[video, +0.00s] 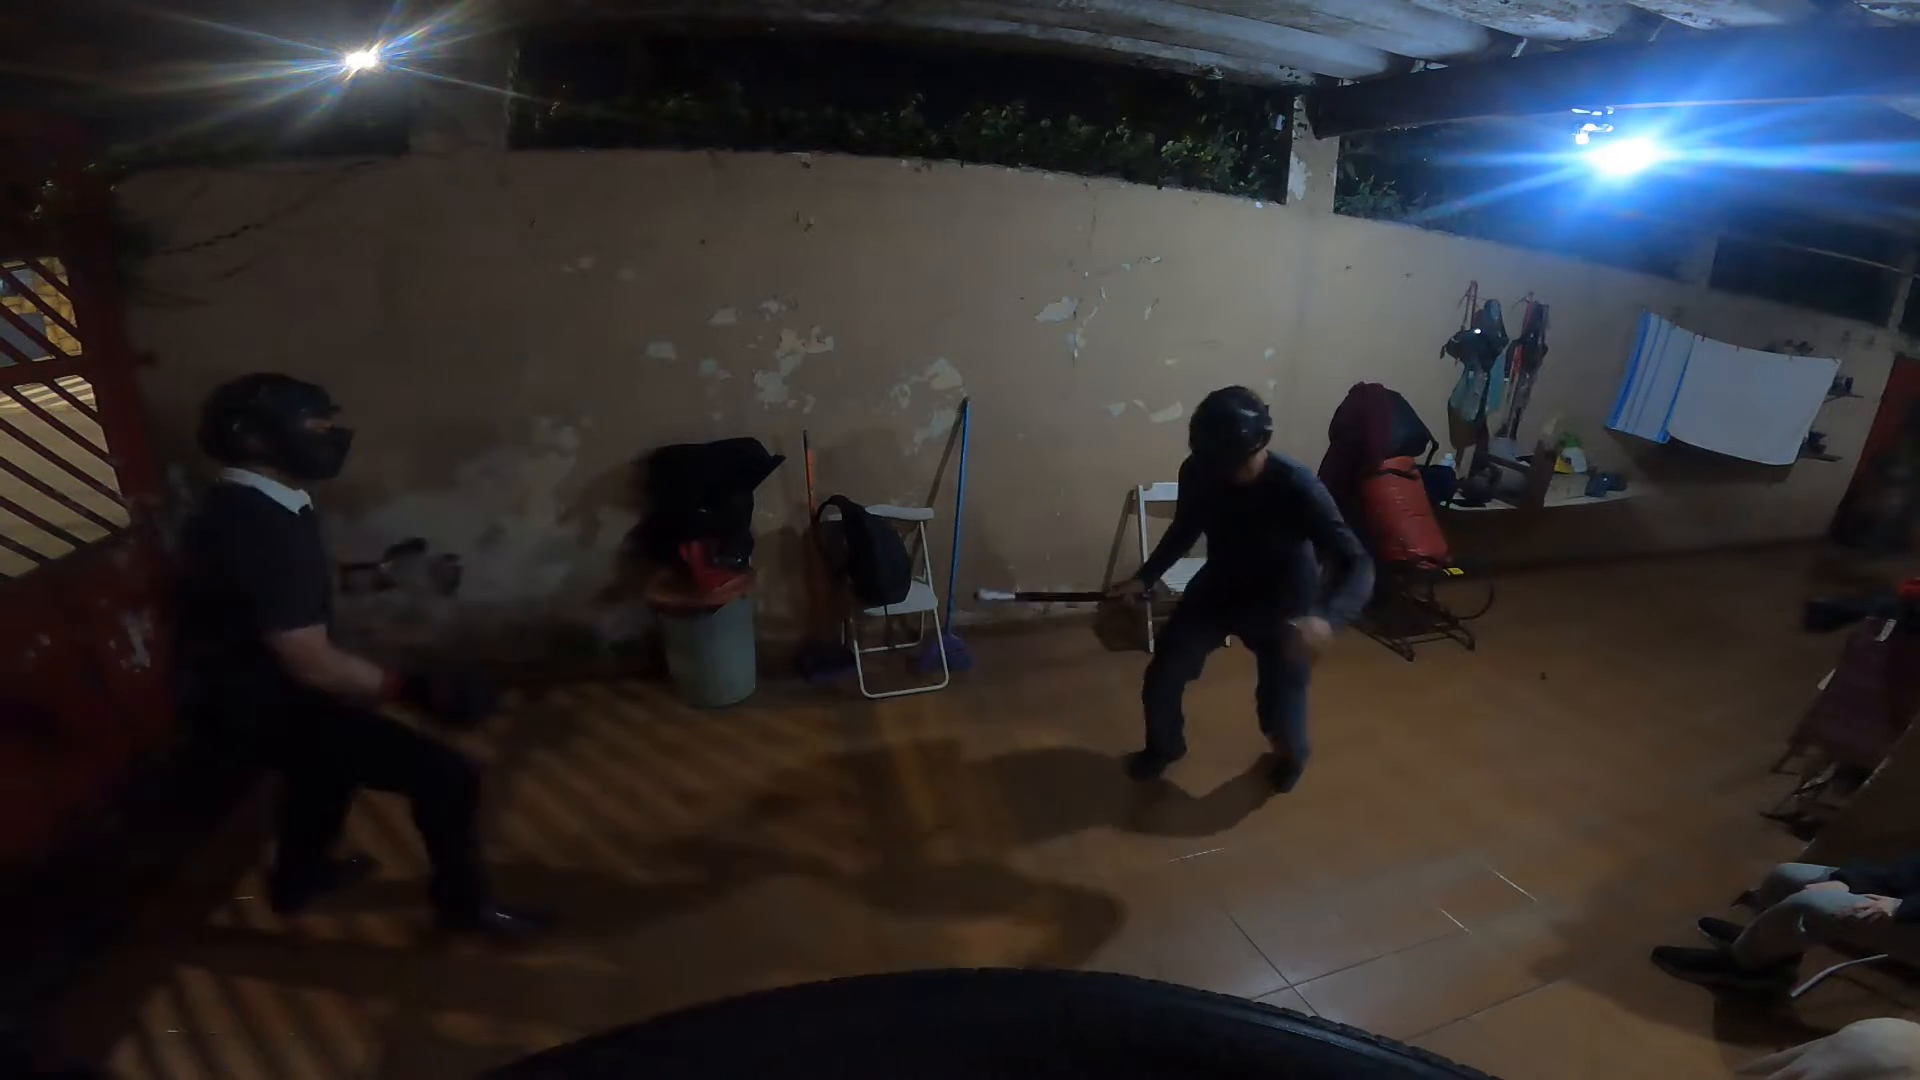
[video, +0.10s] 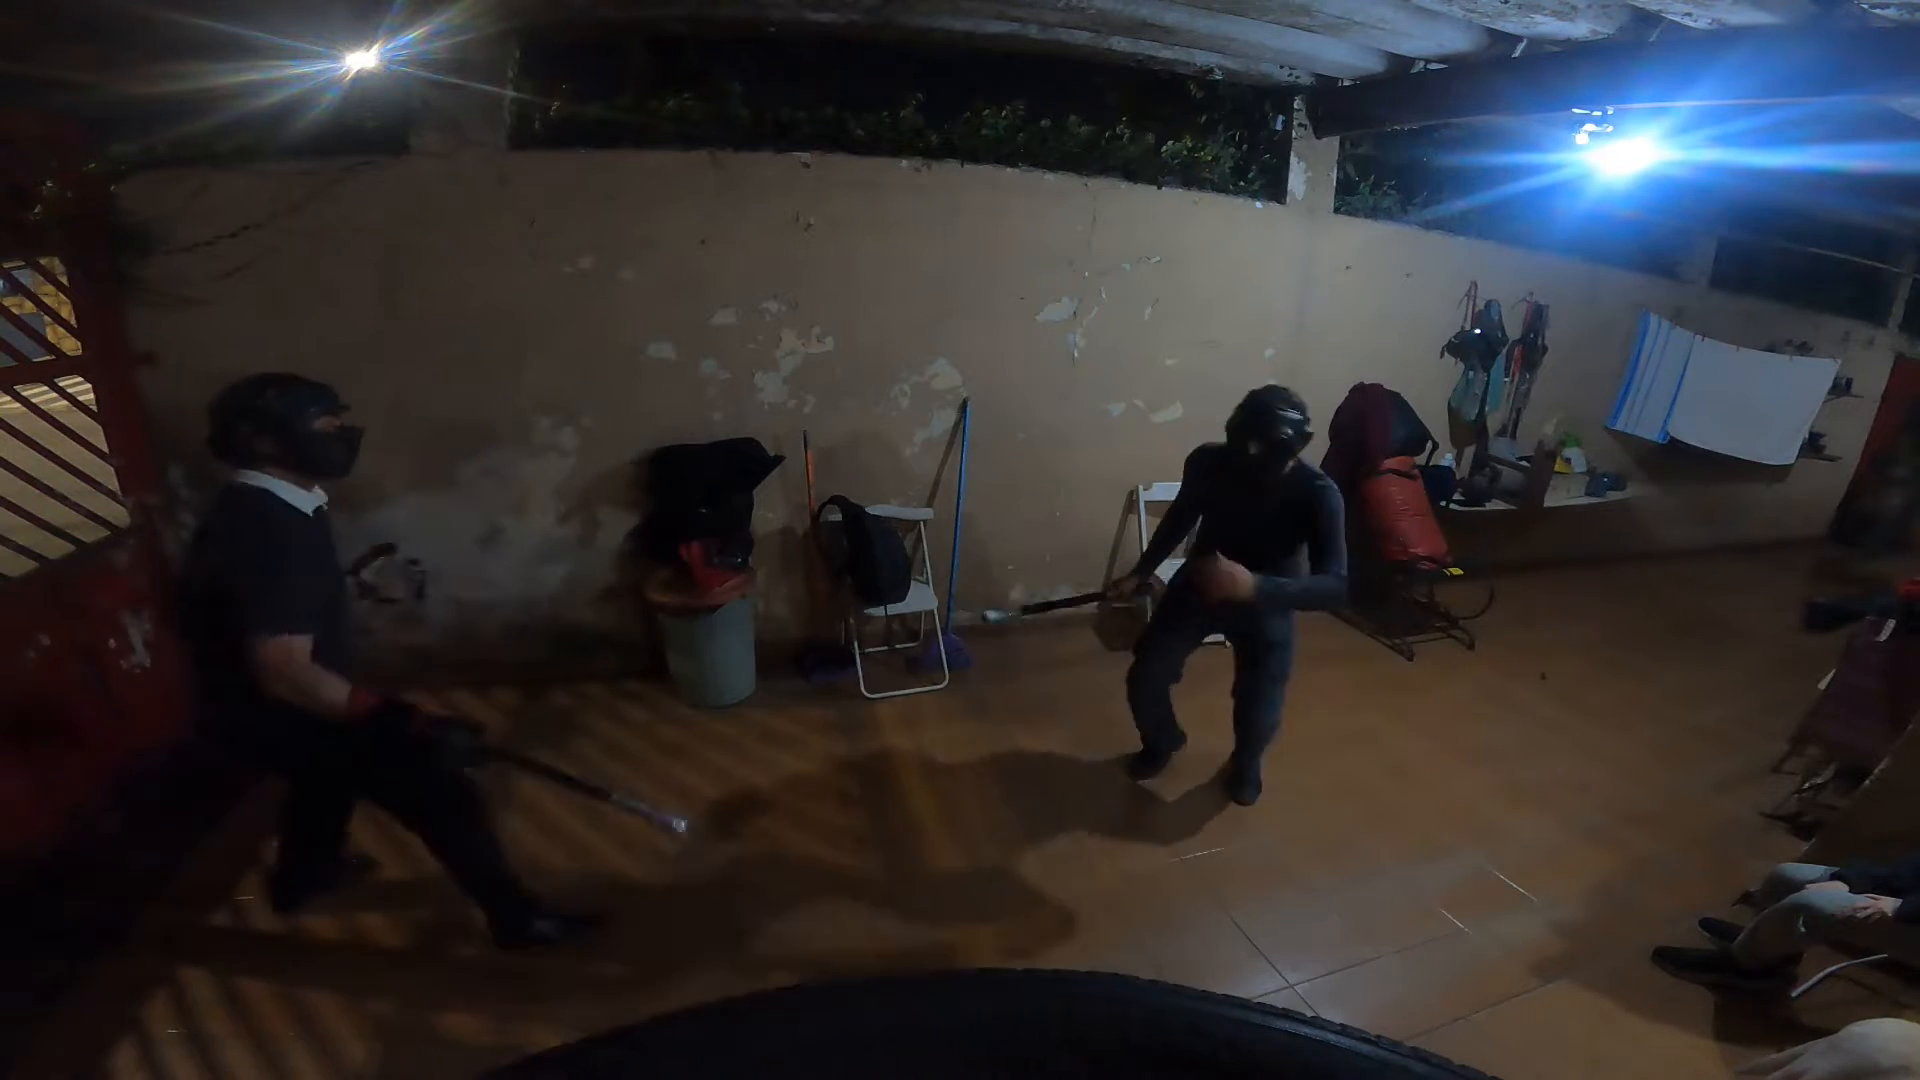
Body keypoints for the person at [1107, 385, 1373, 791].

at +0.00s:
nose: (1228, 471)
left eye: (1236, 461)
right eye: (1219, 461)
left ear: (1259, 448)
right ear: (1207, 452)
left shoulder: (1295, 485)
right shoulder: (1199, 473)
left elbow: (1357, 563)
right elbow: (1185, 528)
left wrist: (1329, 617)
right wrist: (1146, 577)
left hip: (1282, 599)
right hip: (1219, 589)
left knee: (1280, 714)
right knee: (1161, 681)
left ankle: (1292, 758)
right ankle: (1164, 747)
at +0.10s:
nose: (1254, 466)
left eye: (1267, 458)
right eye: (1247, 452)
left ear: (1292, 452)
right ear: (1237, 438)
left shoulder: (1318, 494)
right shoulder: (1208, 464)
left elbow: (1334, 587)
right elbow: (1180, 517)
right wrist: (1141, 573)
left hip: (1270, 601)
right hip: (1199, 585)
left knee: (1261, 715)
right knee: (1146, 678)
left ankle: (1248, 765)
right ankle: (1161, 740)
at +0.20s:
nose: (1267, 477)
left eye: (1281, 471)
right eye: (1261, 463)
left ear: (1304, 465)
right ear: (1249, 446)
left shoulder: (1321, 508)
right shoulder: (1212, 468)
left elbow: (1319, 599)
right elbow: (1174, 520)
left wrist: (1231, 567)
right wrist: (1137, 573)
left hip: (1257, 609)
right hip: (1191, 589)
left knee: (1247, 710)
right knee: (1125, 682)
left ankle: (1244, 776)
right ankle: (1148, 733)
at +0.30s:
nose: (1255, 488)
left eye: (1265, 478)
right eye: (1244, 475)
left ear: (1282, 470)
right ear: (1227, 459)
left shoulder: (1302, 521)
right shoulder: (1191, 480)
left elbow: (1306, 616)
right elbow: (1151, 544)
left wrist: (1225, 622)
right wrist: (1124, 595)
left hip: (1236, 624)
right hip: (1168, 601)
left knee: (1234, 725)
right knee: (1095, 692)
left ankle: (1246, 778)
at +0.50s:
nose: (1135, 515)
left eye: (1144, 505)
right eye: (1123, 503)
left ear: (1171, 492)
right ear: (1111, 490)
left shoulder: (1208, 526)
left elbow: (1262, 590)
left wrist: (1276, 667)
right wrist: (1023, 628)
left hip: (1192, 646)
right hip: (1118, 638)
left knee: (1218, 739)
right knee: (1053, 727)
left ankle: (1245, 778)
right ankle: (985, 814)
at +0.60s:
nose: (1111, 544)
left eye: (1118, 533)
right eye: (1101, 534)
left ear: (1138, 517)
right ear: (1082, 522)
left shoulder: (1177, 545)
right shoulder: (1063, 539)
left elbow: (1250, 584)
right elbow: (990, 575)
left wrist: (1310, 630)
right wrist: (931, 614)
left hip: (1176, 652)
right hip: (1106, 646)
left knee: (1216, 754)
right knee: (1051, 723)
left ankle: (1246, 772)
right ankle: (981, 819)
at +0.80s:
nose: (1203, 518)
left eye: (1206, 509)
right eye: (1194, 508)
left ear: (1208, 506)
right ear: (1160, 507)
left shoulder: (1220, 533)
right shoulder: (1102, 527)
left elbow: (1300, 557)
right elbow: (1063, 581)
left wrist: (1376, 549)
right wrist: (1026, 626)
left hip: (1174, 650)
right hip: (1099, 651)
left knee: (1236, 721)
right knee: (1042, 736)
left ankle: (1271, 759)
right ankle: (980, 821)